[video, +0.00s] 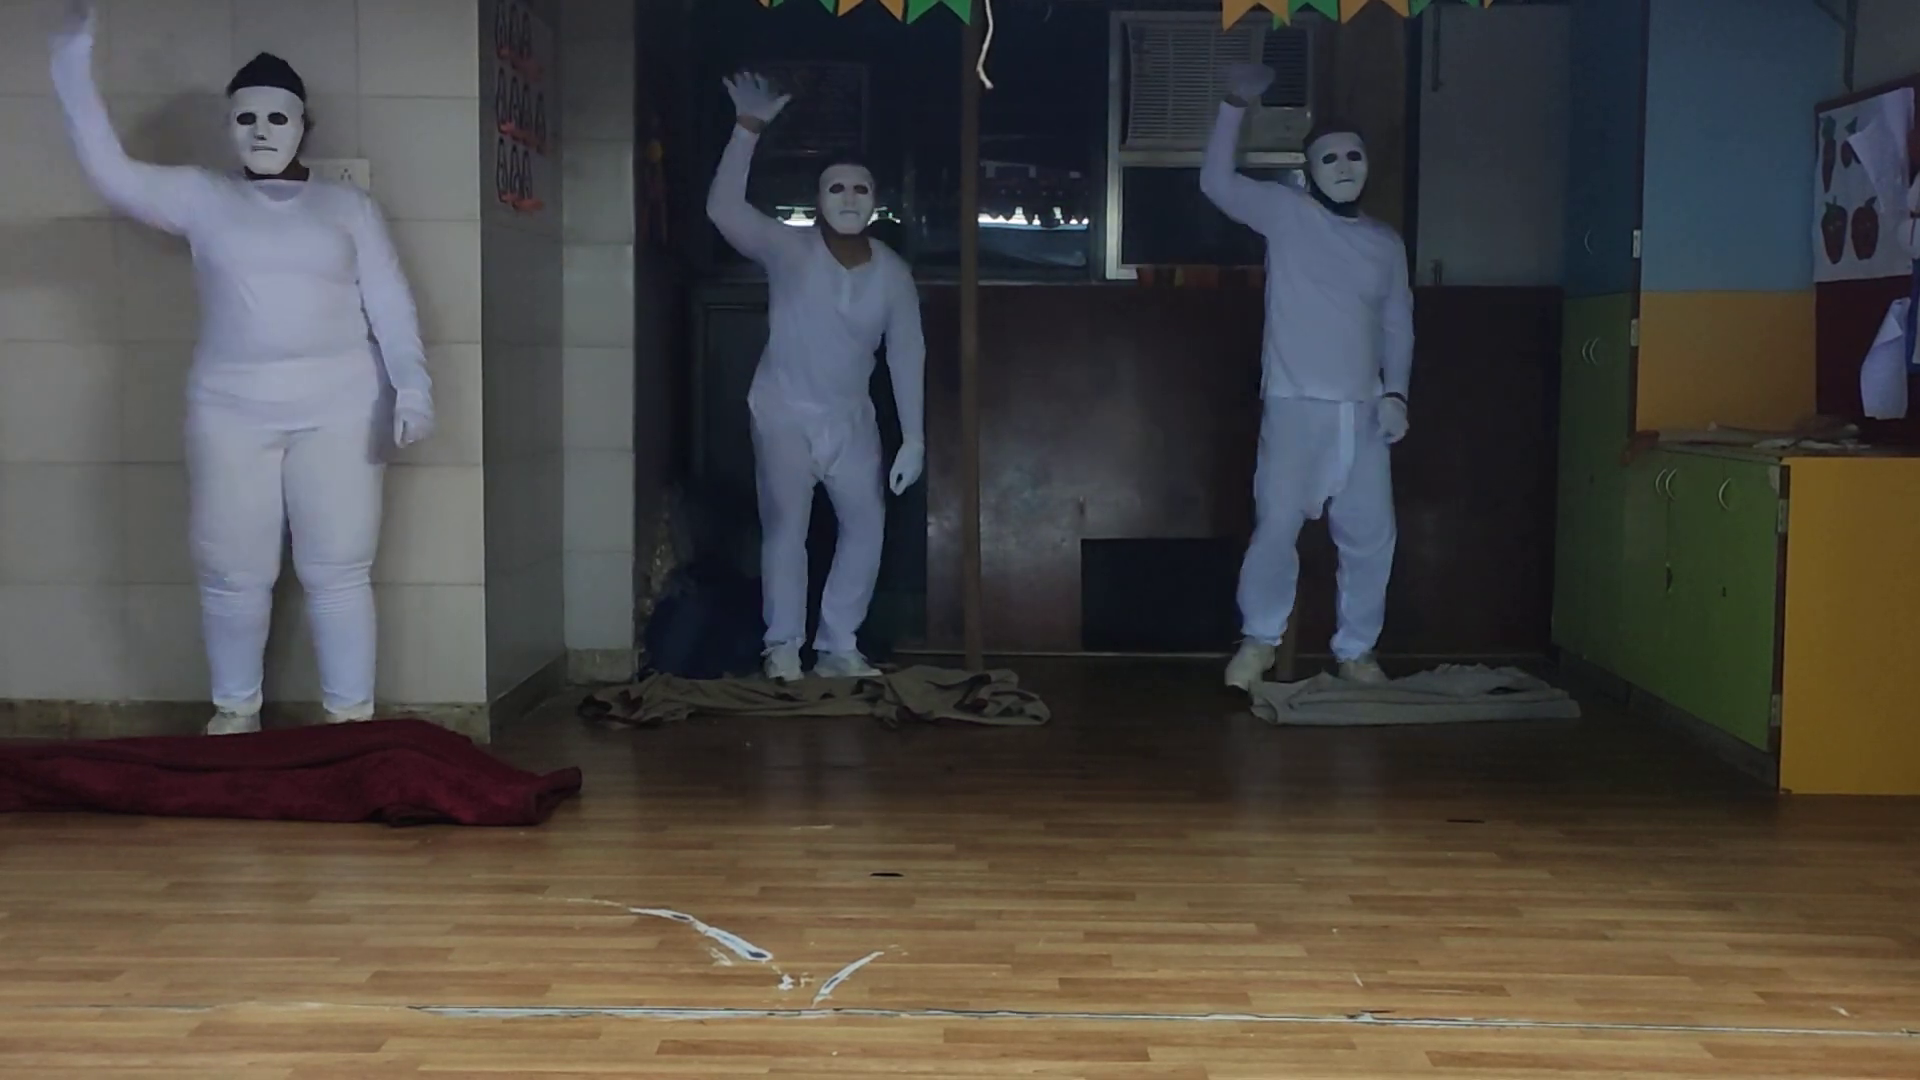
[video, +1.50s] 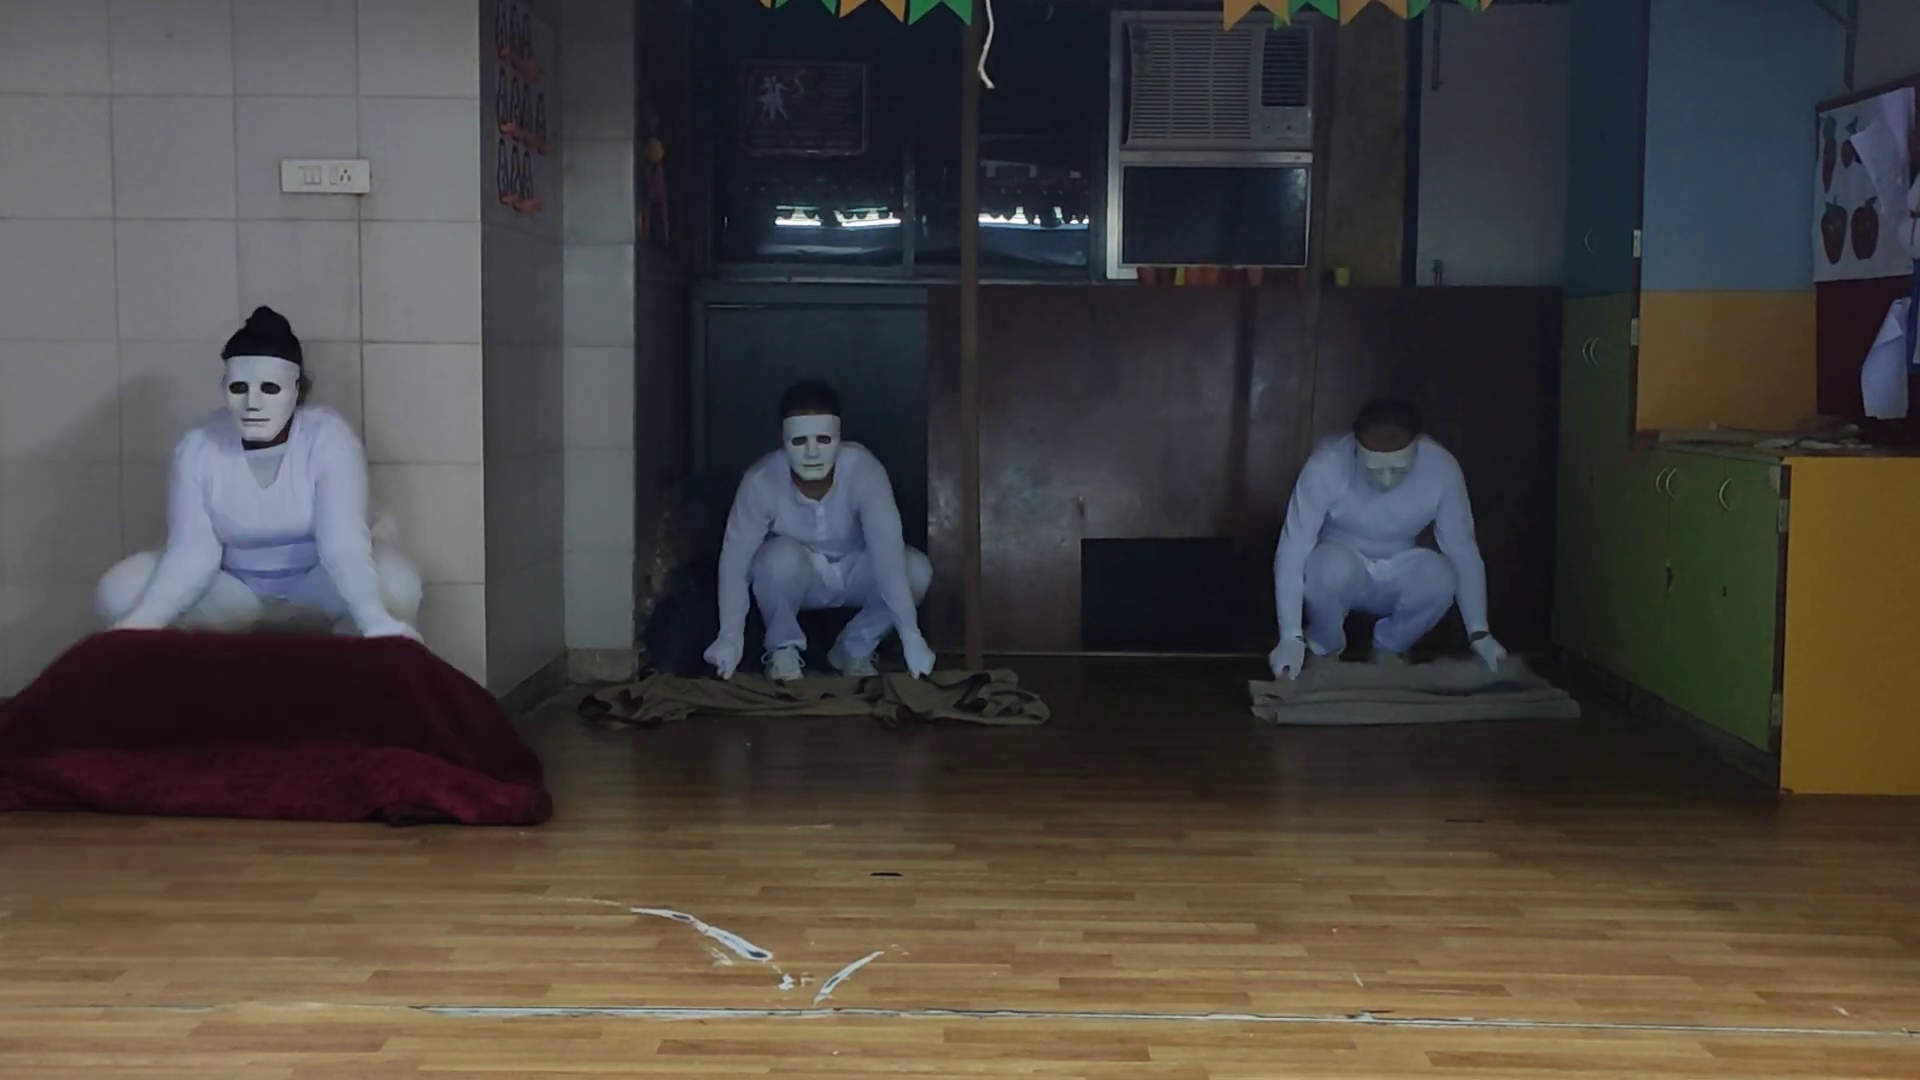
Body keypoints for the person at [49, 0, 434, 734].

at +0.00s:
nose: (262, 131)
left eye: (278, 118)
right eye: (247, 118)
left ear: (303, 126)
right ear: (229, 126)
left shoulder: (348, 209)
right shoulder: (204, 200)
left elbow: (389, 303)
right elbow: (113, 173)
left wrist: (411, 385)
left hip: (338, 410)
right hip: (233, 413)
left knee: (339, 569)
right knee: (233, 571)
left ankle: (350, 715)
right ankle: (235, 711)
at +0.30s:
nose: (293, 220)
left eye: (307, 202)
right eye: (275, 204)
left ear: (331, 187)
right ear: (253, 192)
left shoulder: (375, 254)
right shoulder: (226, 231)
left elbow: (400, 366)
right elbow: (127, 219)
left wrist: (406, 463)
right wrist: (154, 130)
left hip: (341, 436)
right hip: (238, 432)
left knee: (355, 576)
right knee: (185, 562)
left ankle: (353, 717)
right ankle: (222, 714)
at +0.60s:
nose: (283, 401)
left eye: (298, 386)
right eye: (269, 385)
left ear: (323, 366)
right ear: (252, 366)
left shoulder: (361, 402)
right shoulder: (219, 395)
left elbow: (363, 516)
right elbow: (175, 491)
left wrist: (367, 620)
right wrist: (177, 572)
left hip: (329, 531)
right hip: (235, 530)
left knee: (396, 584)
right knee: (139, 589)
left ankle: (355, 711)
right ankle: (218, 716)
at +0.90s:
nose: (261, 491)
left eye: (277, 476)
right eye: (247, 475)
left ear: (305, 458)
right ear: (233, 459)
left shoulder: (342, 490)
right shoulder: (199, 490)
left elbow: (350, 613)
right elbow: (172, 606)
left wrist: (374, 723)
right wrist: (144, 712)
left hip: (321, 591)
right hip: (232, 595)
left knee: (405, 591)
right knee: (125, 595)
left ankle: (351, 709)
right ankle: (217, 713)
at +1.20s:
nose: (255, 441)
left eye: (273, 426)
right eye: (241, 425)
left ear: (300, 425)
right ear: (225, 424)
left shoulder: (333, 469)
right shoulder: (198, 473)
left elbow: (338, 582)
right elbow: (198, 584)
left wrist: (358, 684)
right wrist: (176, 687)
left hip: (320, 586)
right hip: (236, 591)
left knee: (398, 587)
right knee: (128, 591)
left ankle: (354, 700)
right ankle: (215, 699)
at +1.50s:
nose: (252, 403)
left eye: (270, 388)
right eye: (240, 388)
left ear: (297, 391)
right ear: (225, 391)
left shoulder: (327, 438)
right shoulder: (197, 451)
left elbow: (343, 541)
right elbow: (193, 551)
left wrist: (376, 621)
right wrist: (136, 628)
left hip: (315, 580)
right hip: (232, 585)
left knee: (399, 582)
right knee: (121, 586)